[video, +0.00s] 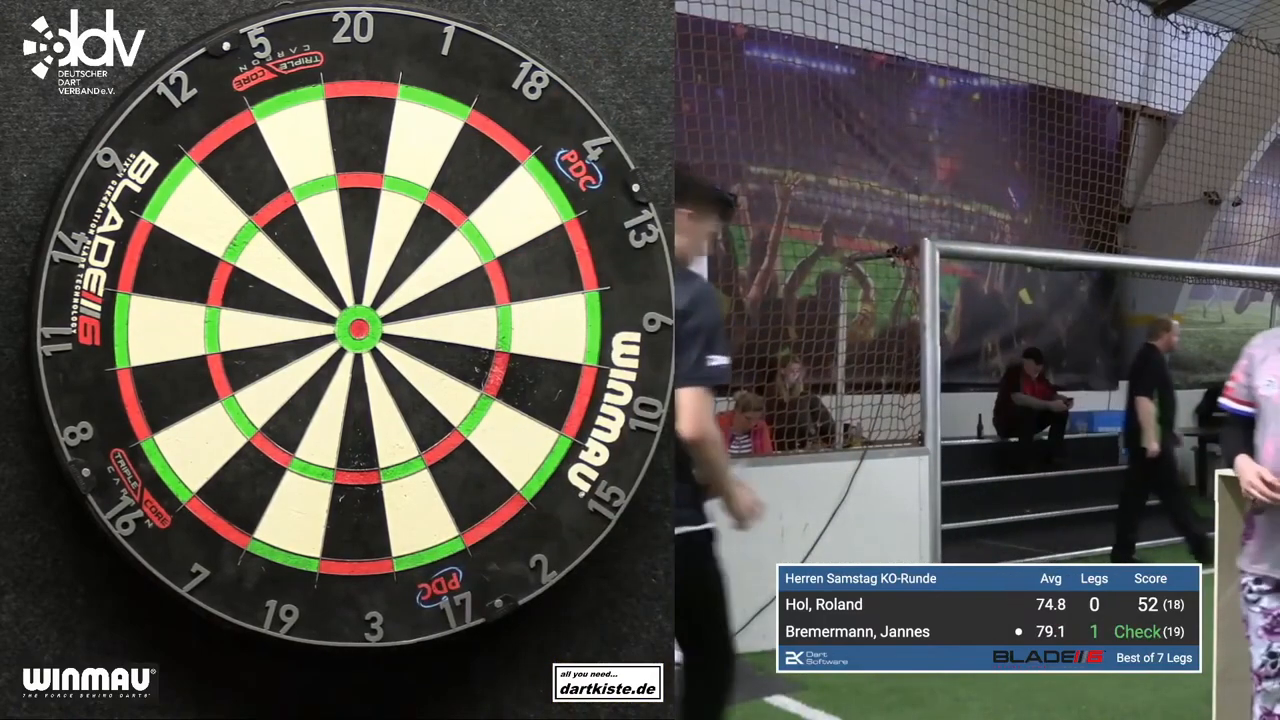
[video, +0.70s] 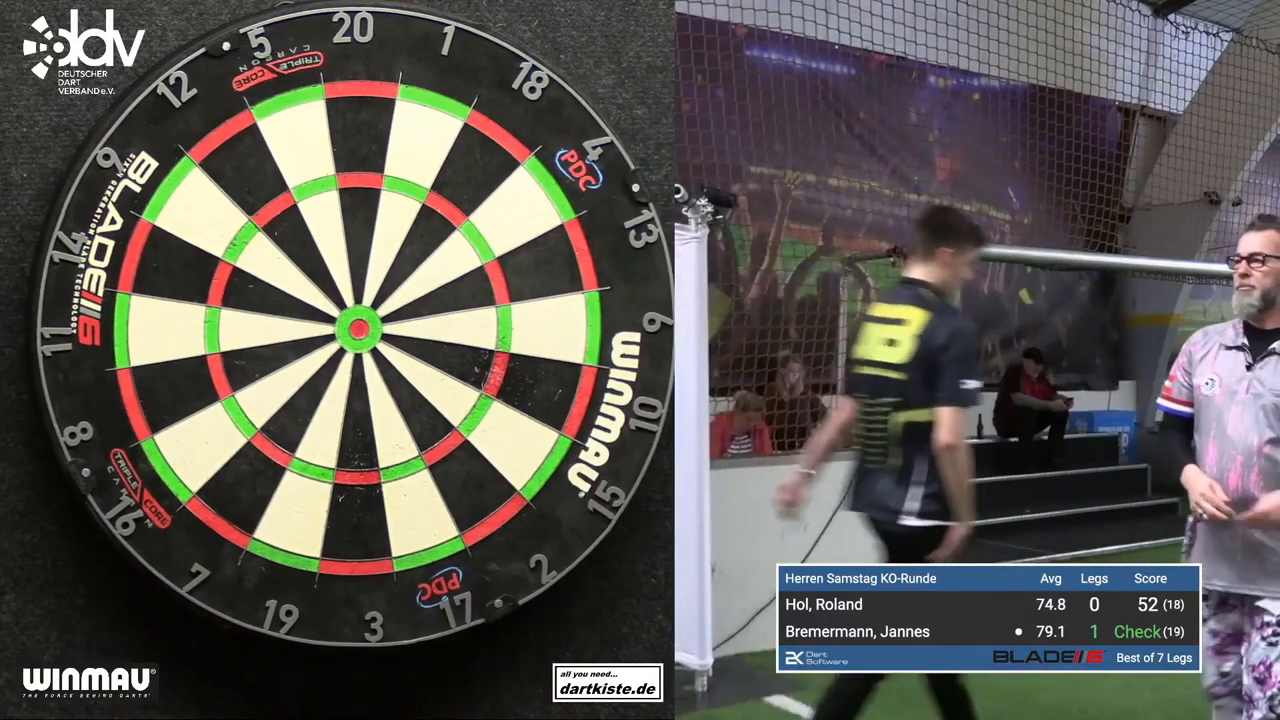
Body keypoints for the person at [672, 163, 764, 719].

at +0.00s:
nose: (714, 238)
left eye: (716, 225)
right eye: (710, 223)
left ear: (668, 220)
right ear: (680, 218)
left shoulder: (611, 285)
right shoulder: (692, 295)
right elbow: (692, 425)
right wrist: (731, 488)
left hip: (605, 512)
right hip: (672, 518)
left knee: (622, 670)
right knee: (710, 667)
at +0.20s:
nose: (790, 266)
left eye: (793, 254)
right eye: (787, 252)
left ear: (739, 240)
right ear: (757, 241)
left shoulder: (682, 306)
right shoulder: (761, 317)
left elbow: (687, 417)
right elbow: (761, 447)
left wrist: (771, 465)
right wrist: (788, 529)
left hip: (673, 536)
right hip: (737, 543)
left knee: (656, 687)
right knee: (770, 689)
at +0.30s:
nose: (822, 267)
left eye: (826, 255)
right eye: (821, 254)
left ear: (771, 241)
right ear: (793, 243)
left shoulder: (719, 300)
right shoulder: (795, 316)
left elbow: (712, 407)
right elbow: (794, 443)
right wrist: (822, 519)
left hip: (714, 507)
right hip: (771, 513)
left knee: (724, 652)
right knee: (802, 646)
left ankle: (677, 710)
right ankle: (787, 716)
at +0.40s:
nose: (868, 265)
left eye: (872, 253)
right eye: (868, 252)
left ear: (819, 238)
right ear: (842, 240)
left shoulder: (767, 294)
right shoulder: (844, 313)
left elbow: (743, 401)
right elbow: (850, 435)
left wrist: (754, 467)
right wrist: (868, 508)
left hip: (762, 495)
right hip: (817, 505)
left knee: (815, 620)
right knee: (823, 632)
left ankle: (752, 694)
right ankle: (796, 712)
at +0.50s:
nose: (898, 263)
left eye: (901, 252)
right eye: (897, 250)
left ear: (847, 236)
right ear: (870, 238)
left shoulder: (799, 292)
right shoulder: (875, 310)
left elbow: (770, 395)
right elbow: (879, 432)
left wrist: (756, 483)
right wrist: (894, 507)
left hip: (792, 489)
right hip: (845, 499)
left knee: (847, 613)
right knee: (839, 626)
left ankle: (819, 705)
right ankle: (800, 711)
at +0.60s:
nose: (939, 267)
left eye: (942, 256)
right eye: (938, 255)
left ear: (895, 247)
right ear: (917, 249)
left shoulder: (849, 302)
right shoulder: (921, 319)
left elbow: (816, 398)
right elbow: (922, 438)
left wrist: (772, 473)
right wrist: (934, 515)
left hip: (840, 488)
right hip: (888, 500)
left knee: (894, 621)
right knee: (859, 627)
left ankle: (929, 711)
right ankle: (814, 713)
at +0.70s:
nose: (973, 274)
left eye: (975, 262)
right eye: (970, 261)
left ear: (924, 254)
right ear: (946, 256)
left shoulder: (881, 309)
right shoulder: (950, 326)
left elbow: (851, 404)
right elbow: (948, 440)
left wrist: (805, 471)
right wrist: (966, 516)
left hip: (877, 496)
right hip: (920, 506)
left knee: (934, 630)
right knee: (899, 629)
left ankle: (961, 714)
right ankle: (828, 713)